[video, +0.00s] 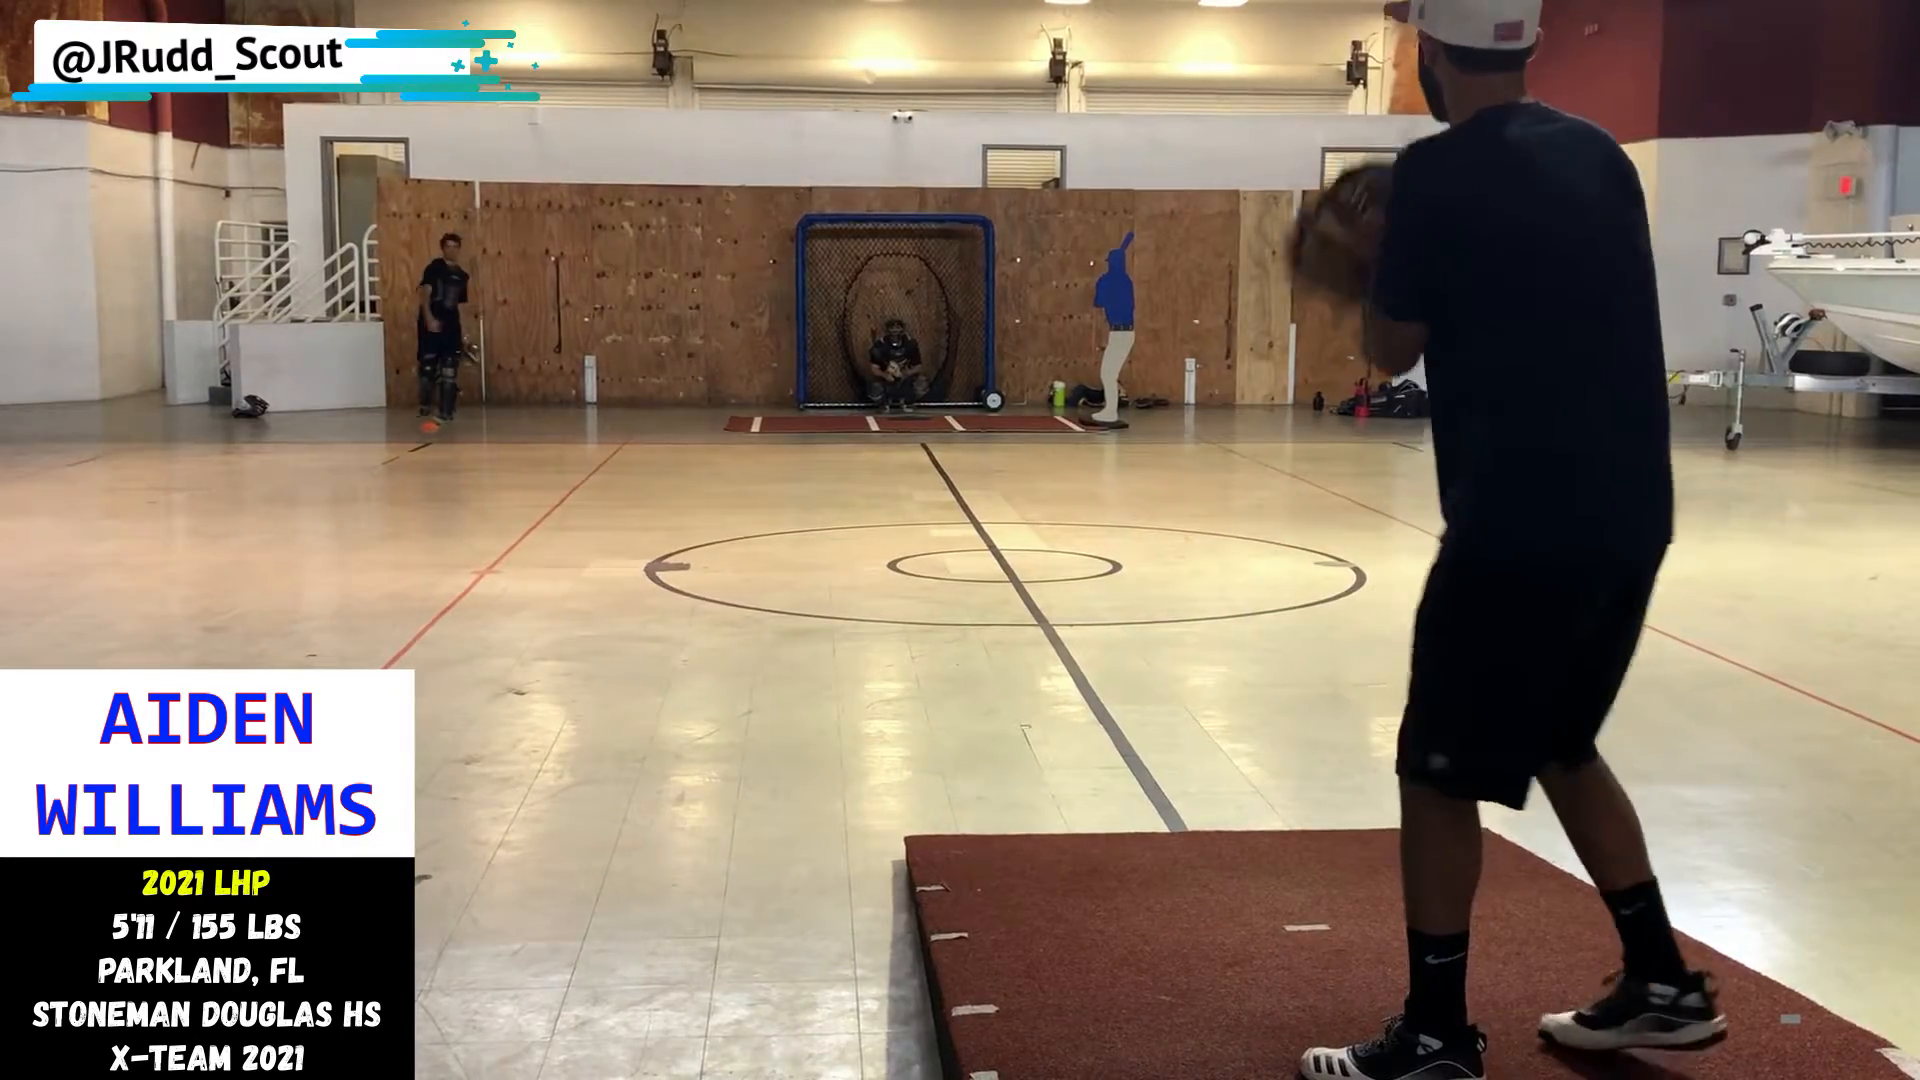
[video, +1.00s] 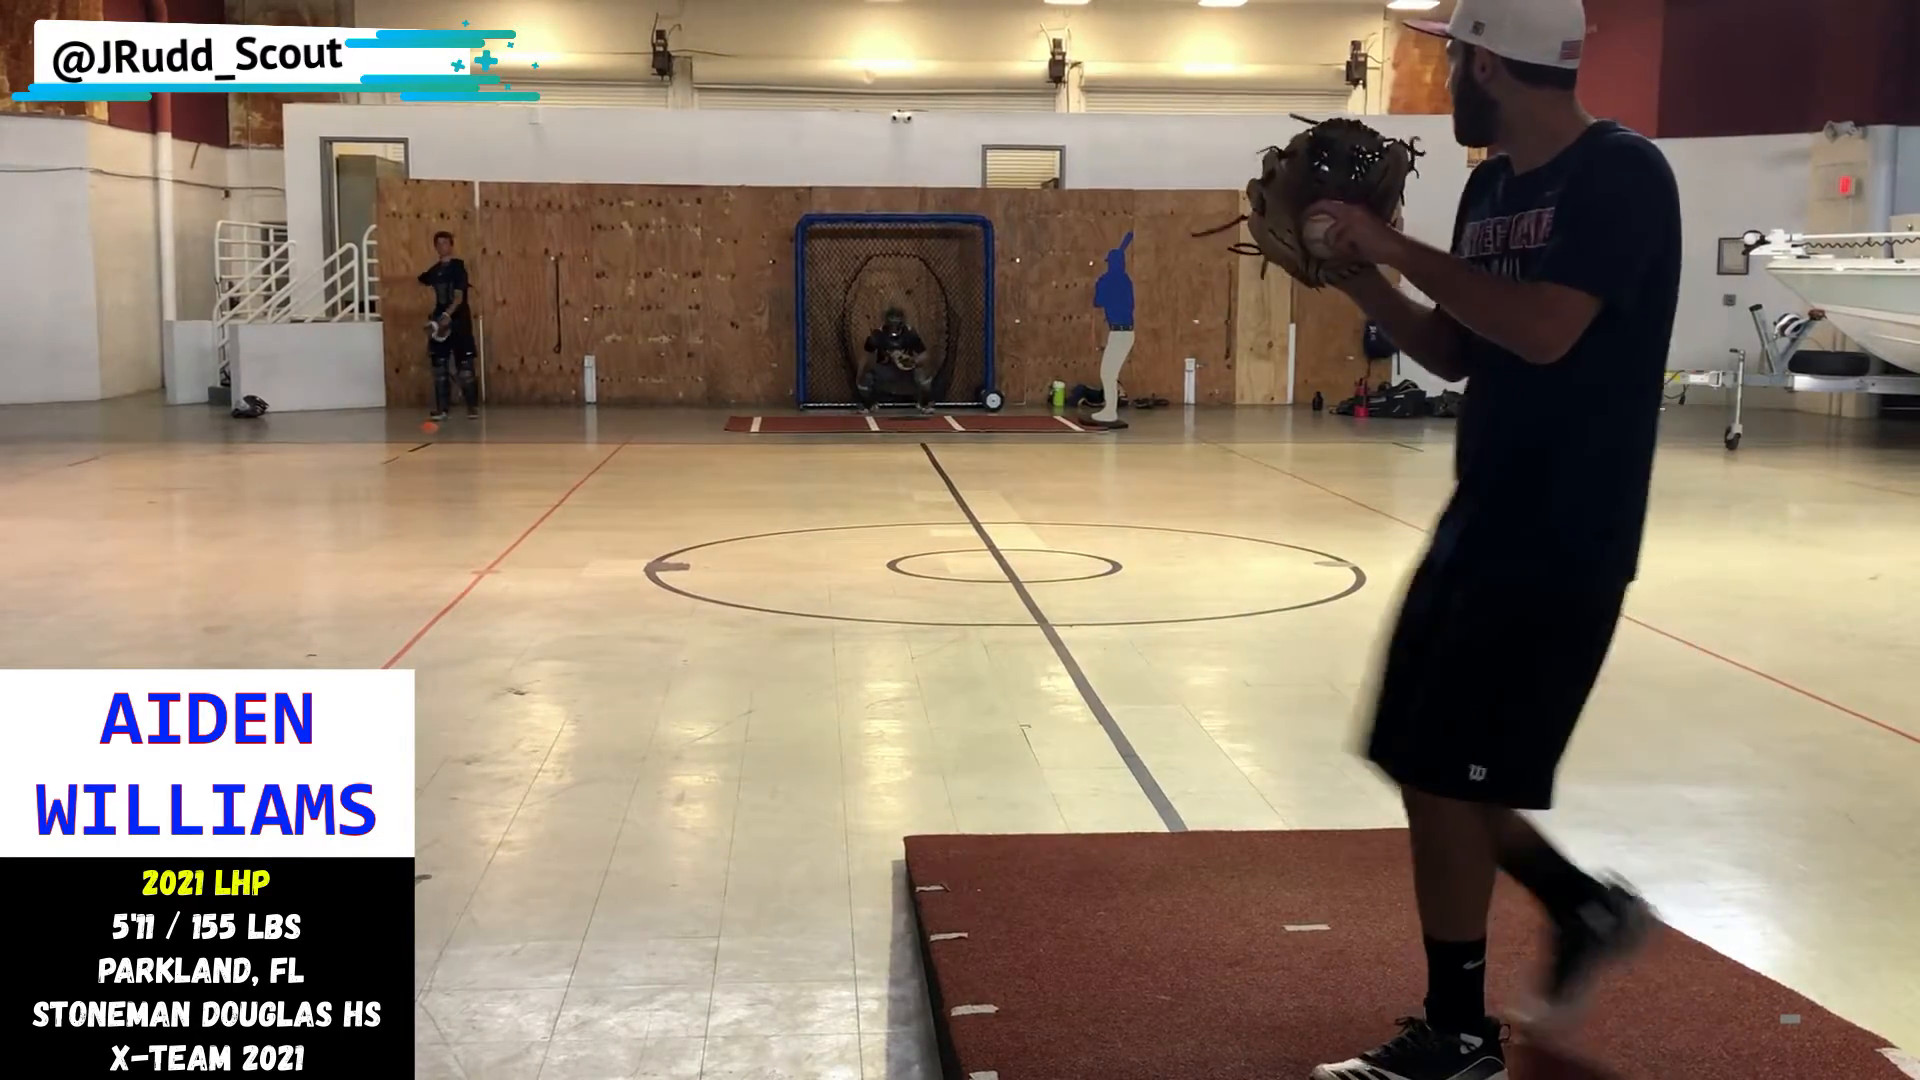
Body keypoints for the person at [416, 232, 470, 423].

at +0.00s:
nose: (451, 250)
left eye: (454, 246)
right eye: (448, 246)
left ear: (459, 249)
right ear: (442, 249)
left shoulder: (461, 275)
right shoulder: (434, 268)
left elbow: (458, 305)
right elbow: (425, 293)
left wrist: (460, 333)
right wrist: (429, 319)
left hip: (451, 323)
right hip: (431, 321)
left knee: (449, 366)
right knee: (428, 365)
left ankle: (447, 410)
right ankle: (426, 405)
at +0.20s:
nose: (441, 249)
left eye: (444, 245)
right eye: (438, 245)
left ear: (450, 247)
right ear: (433, 248)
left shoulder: (458, 272)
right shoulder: (425, 271)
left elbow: (461, 301)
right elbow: (417, 297)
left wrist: (462, 334)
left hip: (450, 325)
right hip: (429, 325)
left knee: (447, 366)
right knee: (429, 365)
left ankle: (444, 411)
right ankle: (437, 406)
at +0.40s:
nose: (432, 250)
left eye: (435, 246)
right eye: (428, 247)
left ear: (441, 248)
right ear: (424, 250)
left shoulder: (453, 270)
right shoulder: (423, 272)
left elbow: (461, 298)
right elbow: (416, 297)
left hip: (449, 321)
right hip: (430, 321)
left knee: (445, 363)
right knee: (427, 359)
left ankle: (444, 410)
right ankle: (437, 401)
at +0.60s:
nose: (428, 249)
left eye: (431, 245)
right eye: (425, 246)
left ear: (438, 246)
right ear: (422, 249)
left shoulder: (450, 266)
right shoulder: (424, 270)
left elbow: (462, 291)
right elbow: (419, 296)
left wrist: (471, 314)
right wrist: (407, 316)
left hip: (451, 318)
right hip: (433, 319)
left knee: (449, 362)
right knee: (433, 360)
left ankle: (449, 407)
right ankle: (439, 406)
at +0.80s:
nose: (432, 248)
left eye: (435, 244)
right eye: (429, 245)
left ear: (442, 245)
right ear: (426, 249)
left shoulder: (452, 265)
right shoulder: (428, 270)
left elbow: (459, 291)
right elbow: (419, 292)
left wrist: (457, 315)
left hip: (453, 315)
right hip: (436, 315)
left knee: (454, 361)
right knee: (436, 361)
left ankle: (464, 406)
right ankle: (441, 406)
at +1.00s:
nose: (442, 247)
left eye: (445, 243)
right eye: (439, 244)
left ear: (451, 245)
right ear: (435, 248)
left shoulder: (458, 266)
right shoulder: (435, 270)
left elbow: (459, 297)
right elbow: (422, 280)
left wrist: (446, 316)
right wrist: (439, 265)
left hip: (459, 319)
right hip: (440, 318)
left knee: (464, 363)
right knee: (439, 363)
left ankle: (472, 406)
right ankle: (442, 407)